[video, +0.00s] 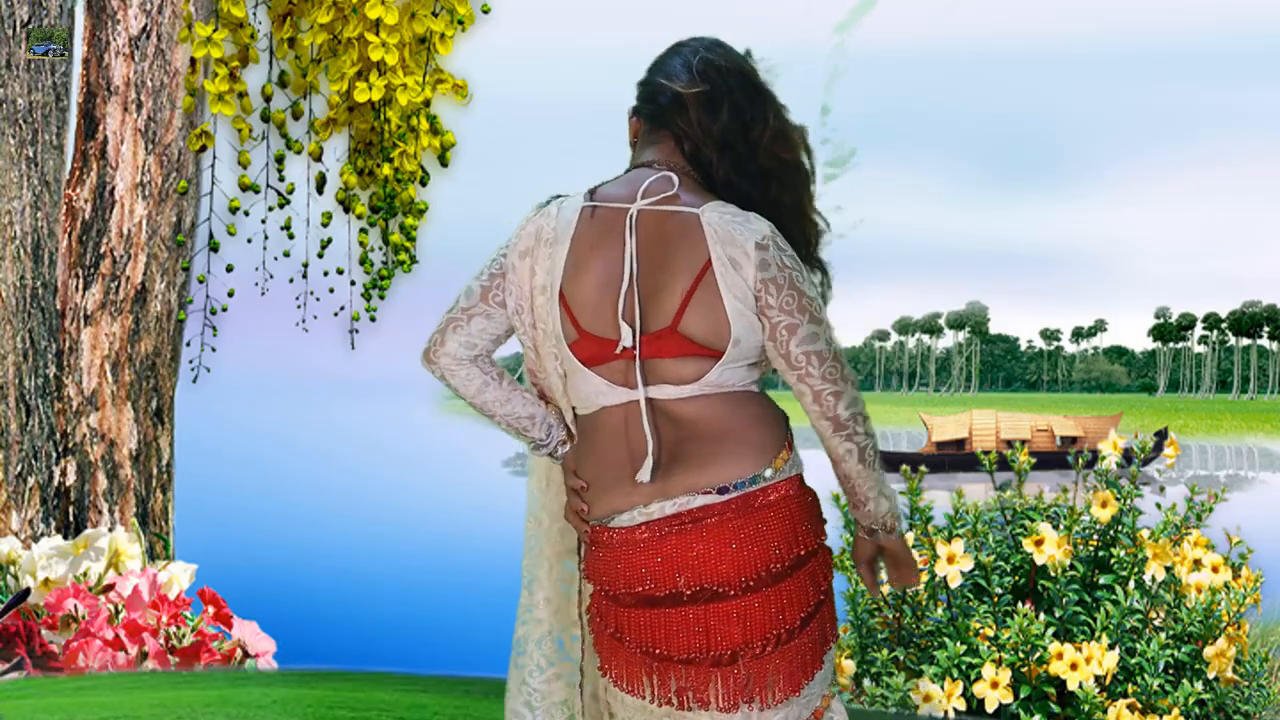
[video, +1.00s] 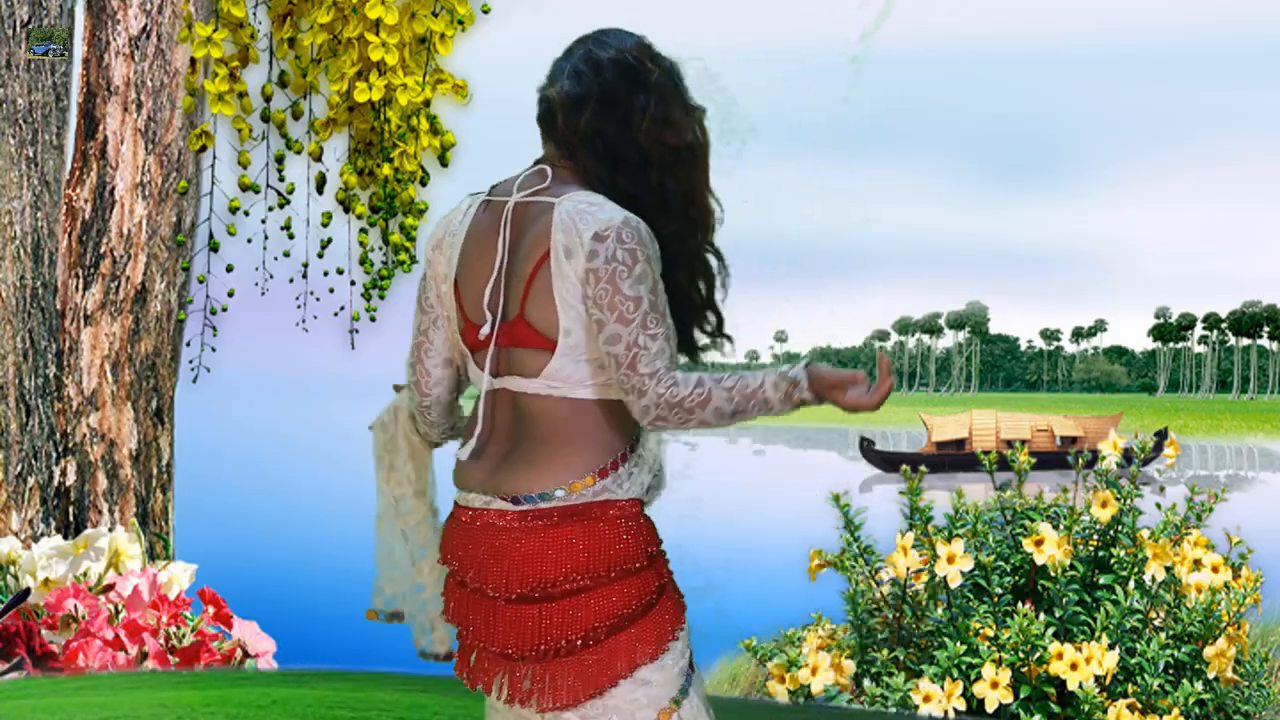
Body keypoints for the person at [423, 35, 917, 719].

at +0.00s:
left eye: (631, 116)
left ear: (635, 121)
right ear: (737, 134)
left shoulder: (547, 232)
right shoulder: (746, 237)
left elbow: (452, 350)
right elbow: (829, 395)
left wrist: (561, 436)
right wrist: (878, 519)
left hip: (624, 537)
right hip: (757, 519)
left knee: (643, 706)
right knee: (790, 705)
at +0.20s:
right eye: (746, 147)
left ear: (633, 130)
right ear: (736, 148)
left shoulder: (537, 239)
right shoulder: (730, 244)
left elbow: (442, 351)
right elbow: (801, 416)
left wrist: (551, 451)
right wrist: (900, 555)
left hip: (622, 534)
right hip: (751, 514)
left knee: (637, 708)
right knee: (773, 706)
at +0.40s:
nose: (746, 175)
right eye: (743, 154)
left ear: (628, 131)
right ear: (722, 155)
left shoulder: (523, 245)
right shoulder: (696, 251)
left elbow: (445, 366)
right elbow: (752, 428)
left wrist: (524, 473)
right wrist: (849, 565)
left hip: (598, 545)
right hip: (715, 522)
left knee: (627, 707)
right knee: (748, 705)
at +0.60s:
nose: (730, 178)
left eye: (732, 156)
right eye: (726, 157)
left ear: (611, 131)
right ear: (700, 159)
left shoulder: (505, 240)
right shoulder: (652, 259)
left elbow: (453, 378)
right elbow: (689, 435)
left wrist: (499, 500)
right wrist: (797, 561)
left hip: (559, 536)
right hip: (665, 521)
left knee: (599, 706)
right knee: (718, 703)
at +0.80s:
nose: (696, 178)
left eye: (699, 157)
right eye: (692, 156)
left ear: (581, 129)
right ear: (666, 156)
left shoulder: (473, 233)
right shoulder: (612, 252)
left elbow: (437, 378)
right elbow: (641, 433)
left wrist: (500, 463)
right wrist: (781, 497)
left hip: (506, 528)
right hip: (612, 513)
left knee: (545, 702)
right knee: (657, 698)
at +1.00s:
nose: (672, 152)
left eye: (671, 130)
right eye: (666, 132)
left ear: (552, 119)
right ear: (642, 133)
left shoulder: (455, 226)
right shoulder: (607, 232)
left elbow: (428, 409)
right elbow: (657, 397)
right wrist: (807, 383)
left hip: (478, 523)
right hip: (586, 522)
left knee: (517, 705)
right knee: (647, 703)